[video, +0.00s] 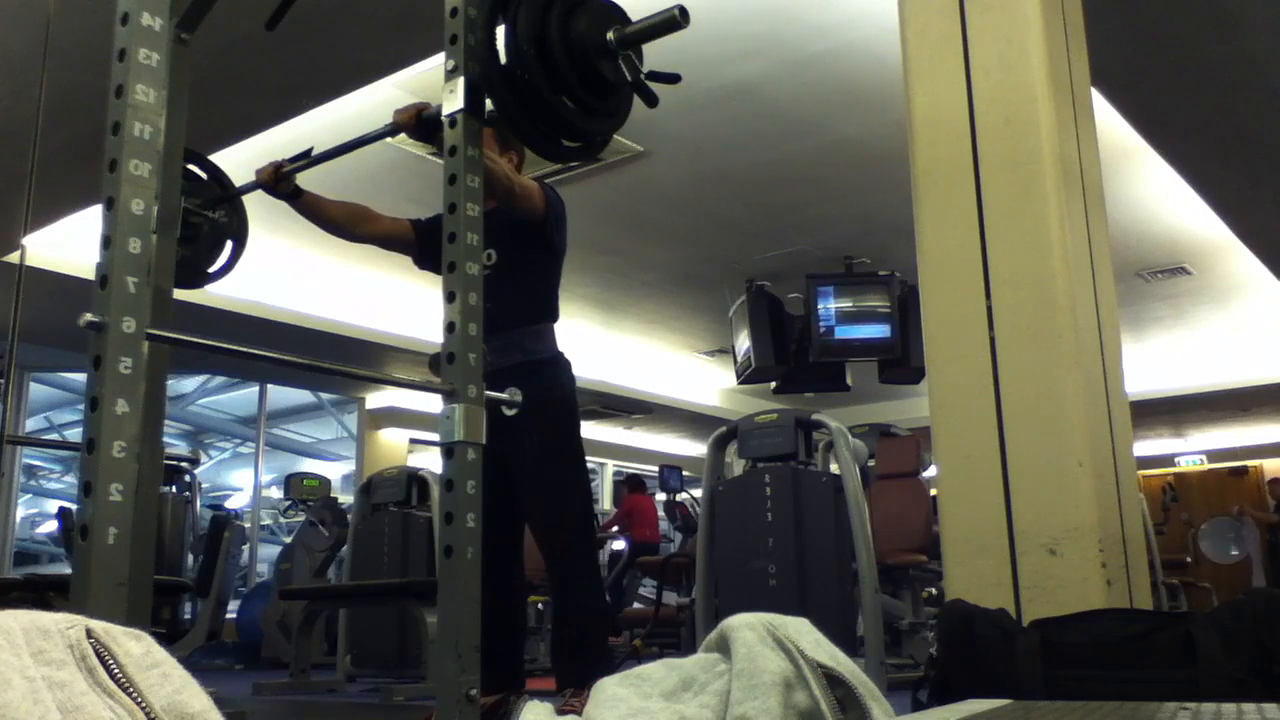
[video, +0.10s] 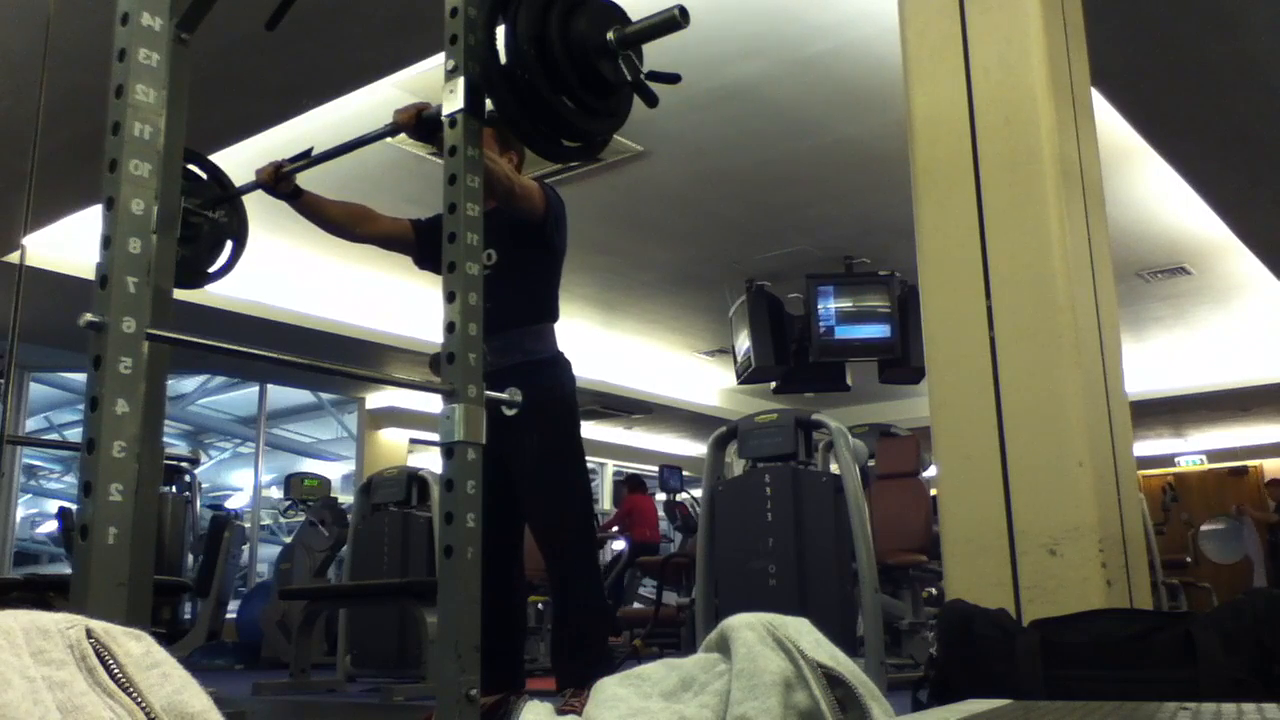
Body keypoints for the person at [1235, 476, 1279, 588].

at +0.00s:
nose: (1270, 492)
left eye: (1272, 489)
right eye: (1269, 489)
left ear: (1278, 489)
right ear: (1269, 490)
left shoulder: (1277, 506)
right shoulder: (1275, 507)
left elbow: (1274, 518)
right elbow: (1272, 518)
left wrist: (1250, 512)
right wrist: (1249, 512)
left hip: (1276, 551)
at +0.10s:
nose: (1269, 493)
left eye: (1271, 490)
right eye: (1268, 490)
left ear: (1277, 490)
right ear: (1268, 491)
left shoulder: (1277, 507)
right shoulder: (1275, 507)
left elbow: (1273, 518)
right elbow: (1271, 518)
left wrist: (1251, 512)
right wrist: (1247, 512)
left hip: (1276, 548)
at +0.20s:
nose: (1269, 497)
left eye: (1270, 493)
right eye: (1267, 494)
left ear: (1276, 491)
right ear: (1266, 493)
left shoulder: (1278, 507)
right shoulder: (1275, 507)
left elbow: (1272, 518)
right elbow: (1270, 518)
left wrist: (1249, 512)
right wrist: (1247, 512)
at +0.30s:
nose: (1268, 496)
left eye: (1269, 492)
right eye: (1266, 493)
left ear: (1275, 491)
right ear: (1266, 493)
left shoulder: (1277, 507)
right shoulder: (1275, 507)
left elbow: (1273, 518)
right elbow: (1270, 518)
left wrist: (1251, 515)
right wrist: (1248, 513)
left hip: (1276, 551)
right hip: (1273, 551)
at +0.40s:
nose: (1268, 497)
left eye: (1270, 493)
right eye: (1266, 494)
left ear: (1276, 491)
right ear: (1265, 494)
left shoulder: (1278, 506)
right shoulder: (1275, 507)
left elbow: (1272, 519)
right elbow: (1270, 519)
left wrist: (1249, 514)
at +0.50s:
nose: (1267, 497)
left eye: (1268, 493)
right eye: (1265, 494)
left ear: (1274, 492)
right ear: (1264, 494)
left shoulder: (1276, 506)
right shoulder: (1273, 506)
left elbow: (1272, 519)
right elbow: (1270, 519)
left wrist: (1250, 516)